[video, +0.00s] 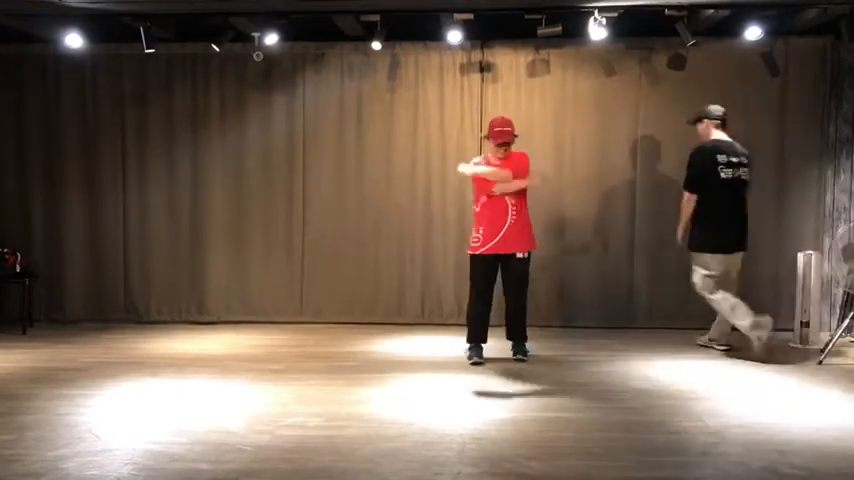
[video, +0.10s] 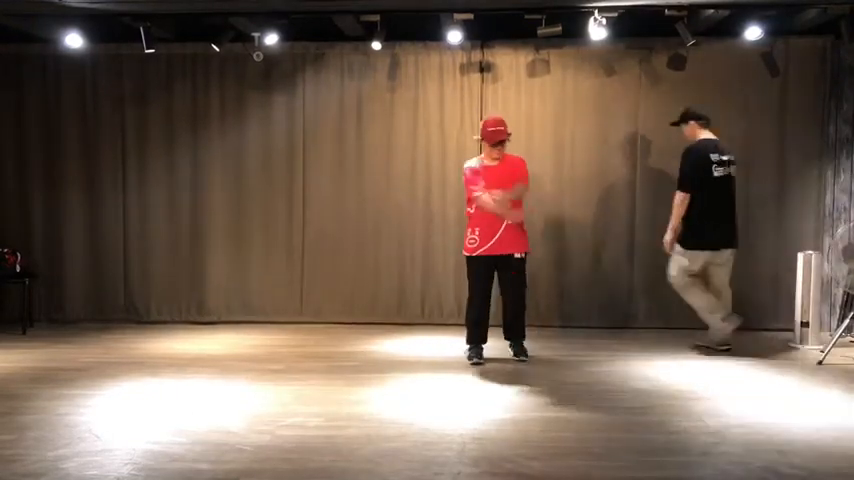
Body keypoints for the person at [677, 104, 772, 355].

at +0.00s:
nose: (697, 131)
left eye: (698, 126)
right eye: (697, 126)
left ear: (707, 125)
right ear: (720, 125)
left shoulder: (702, 153)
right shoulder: (741, 152)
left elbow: (690, 196)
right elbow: (741, 193)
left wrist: (682, 224)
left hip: (709, 228)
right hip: (737, 227)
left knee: (704, 283)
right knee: (728, 285)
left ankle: (752, 324)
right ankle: (719, 336)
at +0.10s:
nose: (683, 133)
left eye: (684, 128)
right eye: (682, 128)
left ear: (694, 125)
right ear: (704, 125)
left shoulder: (694, 152)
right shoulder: (725, 152)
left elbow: (682, 195)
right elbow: (723, 197)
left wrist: (671, 230)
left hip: (698, 233)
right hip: (725, 233)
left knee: (679, 275)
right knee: (720, 287)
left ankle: (722, 318)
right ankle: (718, 337)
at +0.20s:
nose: (668, 136)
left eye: (669, 130)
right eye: (667, 131)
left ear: (679, 127)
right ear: (688, 126)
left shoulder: (684, 153)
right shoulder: (707, 149)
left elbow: (676, 193)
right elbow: (696, 195)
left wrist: (664, 227)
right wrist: (662, 209)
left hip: (687, 231)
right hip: (710, 230)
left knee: (661, 270)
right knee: (712, 284)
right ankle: (719, 336)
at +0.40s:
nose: (636, 138)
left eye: (637, 133)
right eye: (635, 133)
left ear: (648, 131)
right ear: (655, 130)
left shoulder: (655, 156)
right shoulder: (671, 152)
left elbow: (654, 195)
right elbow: (655, 195)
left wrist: (654, 229)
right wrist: (626, 208)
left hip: (656, 235)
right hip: (676, 232)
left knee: (641, 284)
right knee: (691, 283)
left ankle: (626, 325)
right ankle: (714, 328)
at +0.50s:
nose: (621, 137)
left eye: (622, 132)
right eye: (620, 133)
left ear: (632, 130)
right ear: (640, 129)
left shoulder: (638, 155)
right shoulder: (655, 151)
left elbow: (639, 197)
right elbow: (643, 193)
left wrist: (640, 232)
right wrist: (625, 213)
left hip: (639, 231)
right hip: (658, 228)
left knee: (629, 280)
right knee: (660, 276)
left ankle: (625, 325)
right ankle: (694, 314)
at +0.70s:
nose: (592, 137)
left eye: (593, 132)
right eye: (590, 132)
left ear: (604, 128)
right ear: (606, 128)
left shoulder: (617, 151)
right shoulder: (618, 149)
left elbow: (611, 191)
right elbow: (614, 190)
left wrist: (590, 208)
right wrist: (596, 215)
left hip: (616, 229)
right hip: (609, 227)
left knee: (615, 277)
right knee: (589, 262)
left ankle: (625, 325)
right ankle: (614, 311)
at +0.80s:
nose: (576, 141)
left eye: (577, 135)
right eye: (574, 136)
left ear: (589, 130)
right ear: (590, 130)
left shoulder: (603, 152)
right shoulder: (602, 150)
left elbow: (594, 189)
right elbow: (599, 188)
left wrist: (568, 182)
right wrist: (578, 188)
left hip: (602, 228)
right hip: (591, 226)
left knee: (608, 277)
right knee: (576, 269)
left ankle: (625, 325)